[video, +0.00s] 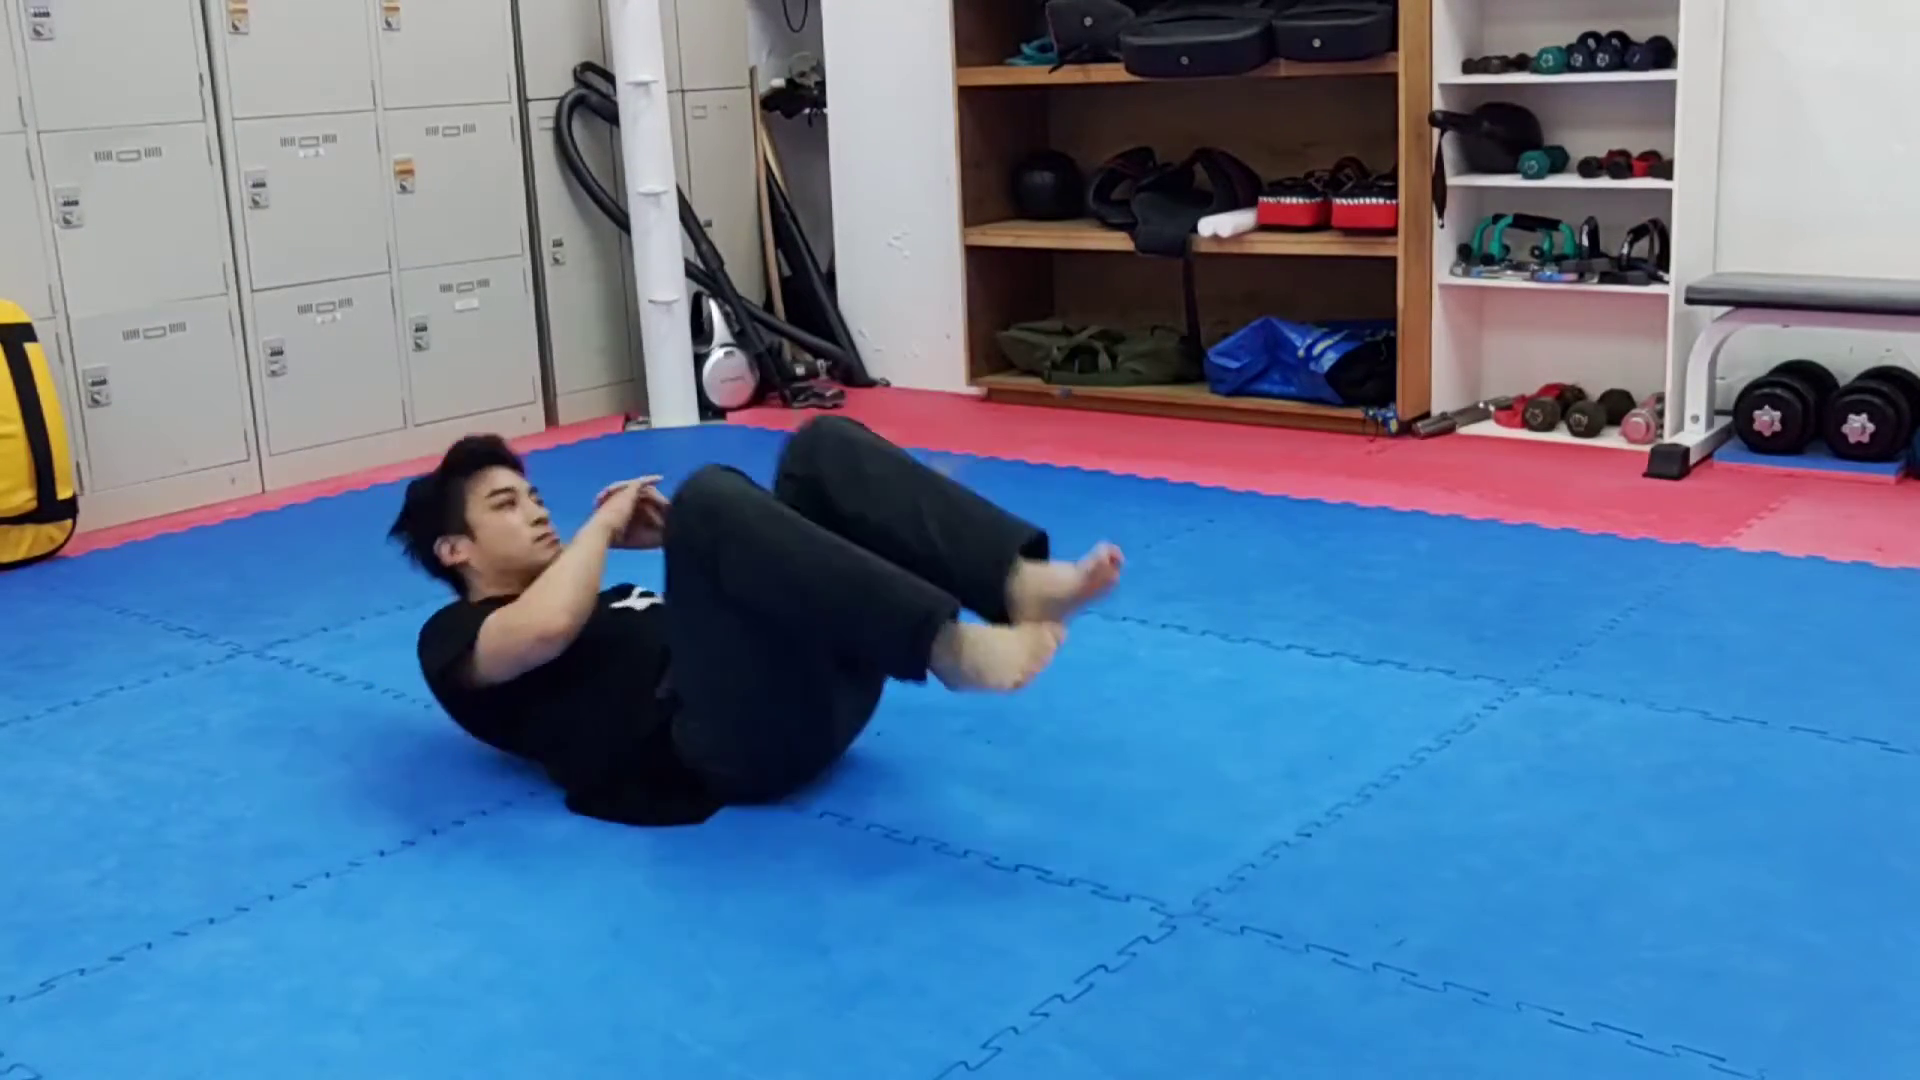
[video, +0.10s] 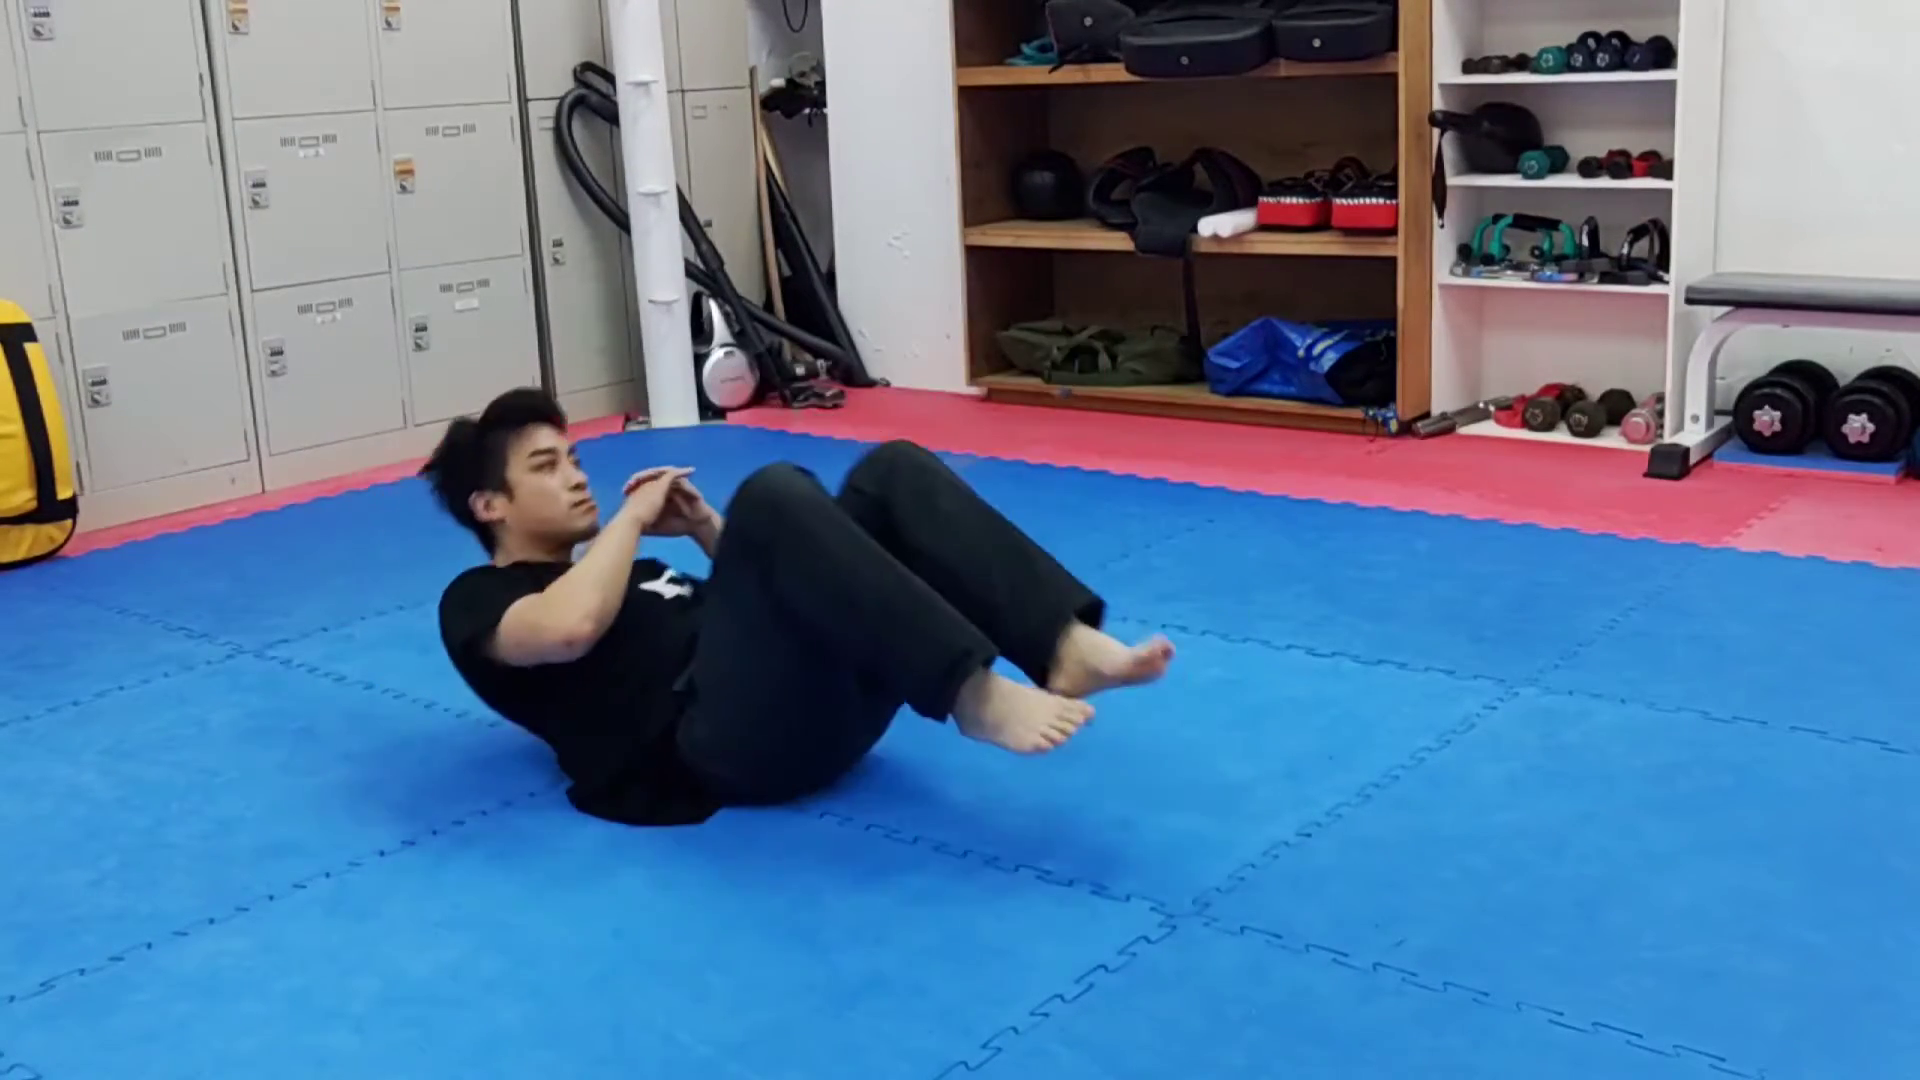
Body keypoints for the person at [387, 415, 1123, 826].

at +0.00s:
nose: (535, 513)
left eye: (531, 499)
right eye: (504, 506)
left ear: (544, 521)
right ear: (455, 554)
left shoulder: (589, 605)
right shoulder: (447, 643)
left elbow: (687, 644)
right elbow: (543, 629)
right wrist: (602, 530)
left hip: (807, 693)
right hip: (732, 747)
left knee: (821, 445)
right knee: (709, 501)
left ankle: (1017, 579)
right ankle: (948, 645)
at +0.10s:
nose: (575, 478)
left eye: (572, 461)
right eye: (546, 468)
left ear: (577, 476)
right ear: (490, 508)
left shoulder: (612, 572)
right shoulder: (471, 603)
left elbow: (768, 593)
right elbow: (566, 628)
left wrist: (704, 534)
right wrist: (629, 519)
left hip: (817, 702)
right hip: (735, 745)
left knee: (890, 467)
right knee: (772, 493)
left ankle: (1063, 643)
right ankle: (972, 691)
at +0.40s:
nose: (570, 465)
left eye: (563, 441)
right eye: (537, 472)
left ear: (580, 430)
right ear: (507, 514)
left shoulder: (678, 487)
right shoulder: (539, 612)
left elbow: (822, 521)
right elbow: (569, 711)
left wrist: (689, 487)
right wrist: (594, 547)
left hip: (868, 677)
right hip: (775, 731)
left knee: (987, 482)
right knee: (882, 487)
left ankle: (1184, 629)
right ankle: (1052, 698)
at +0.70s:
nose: (531, 533)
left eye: (529, 510)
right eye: (499, 538)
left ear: (545, 512)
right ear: (470, 583)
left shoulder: (634, 559)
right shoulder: (504, 676)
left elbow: (745, 519)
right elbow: (546, 724)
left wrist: (603, 496)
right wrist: (533, 570)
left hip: (835, 662)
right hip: (750, 707)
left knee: (853, 418)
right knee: (787, 433)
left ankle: (1074, 470)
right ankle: (985, 595)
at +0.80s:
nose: (525, 534)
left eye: (524, 513)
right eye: (492, 535)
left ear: (538, 516)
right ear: (461, 585)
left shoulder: (633, 566)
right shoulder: (488, 669)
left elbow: (734, 526)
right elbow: (537, 673)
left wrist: (621, 488)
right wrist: (549, 531)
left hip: (826, 630)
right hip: (739, 690)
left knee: (807, 377)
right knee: (742, 420)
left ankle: (1035, 436)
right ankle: (968, 544)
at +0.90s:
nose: (535, 532)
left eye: (533, 518)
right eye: (505, 530)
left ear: (549, 530)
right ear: (469, 586)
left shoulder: (629, 581)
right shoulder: (492, 667)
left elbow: (746, 537)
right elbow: (556, 629)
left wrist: (665, 492)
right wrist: (580, 504)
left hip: (815, 626)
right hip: (745, 687)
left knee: (785, 371)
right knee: (720, 432)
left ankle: (1019, 444)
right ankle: (966, 528)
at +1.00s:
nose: (558, 523)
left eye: (555, 510)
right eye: (529, 519)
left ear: (568, 525)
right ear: (489, 574)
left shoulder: (635, 579)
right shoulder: (504, 649)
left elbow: (740, 566)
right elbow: (593, 601)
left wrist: (700, 497)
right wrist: (633, 499)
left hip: (833, 634)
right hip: (767, 694)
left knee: (807, 389)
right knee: (731, 459)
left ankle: (1030, 478)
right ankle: (980, 551)